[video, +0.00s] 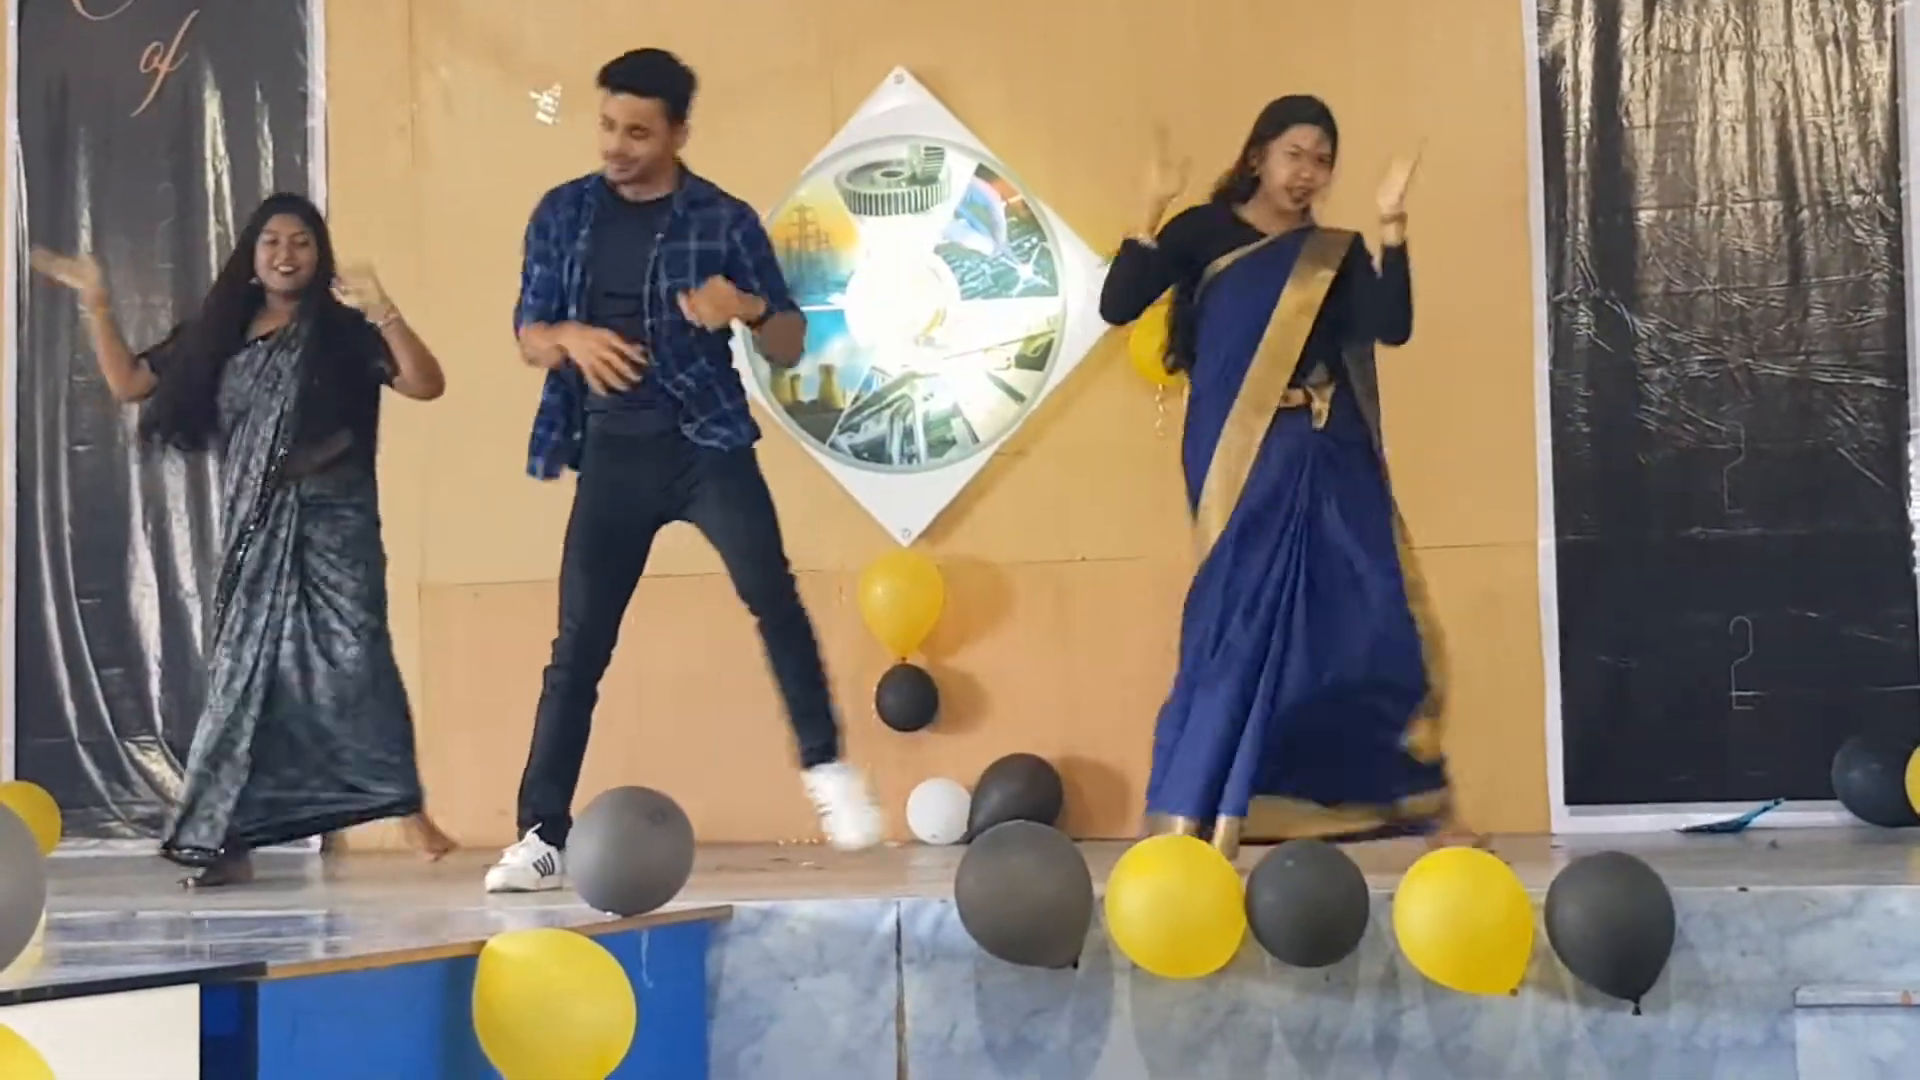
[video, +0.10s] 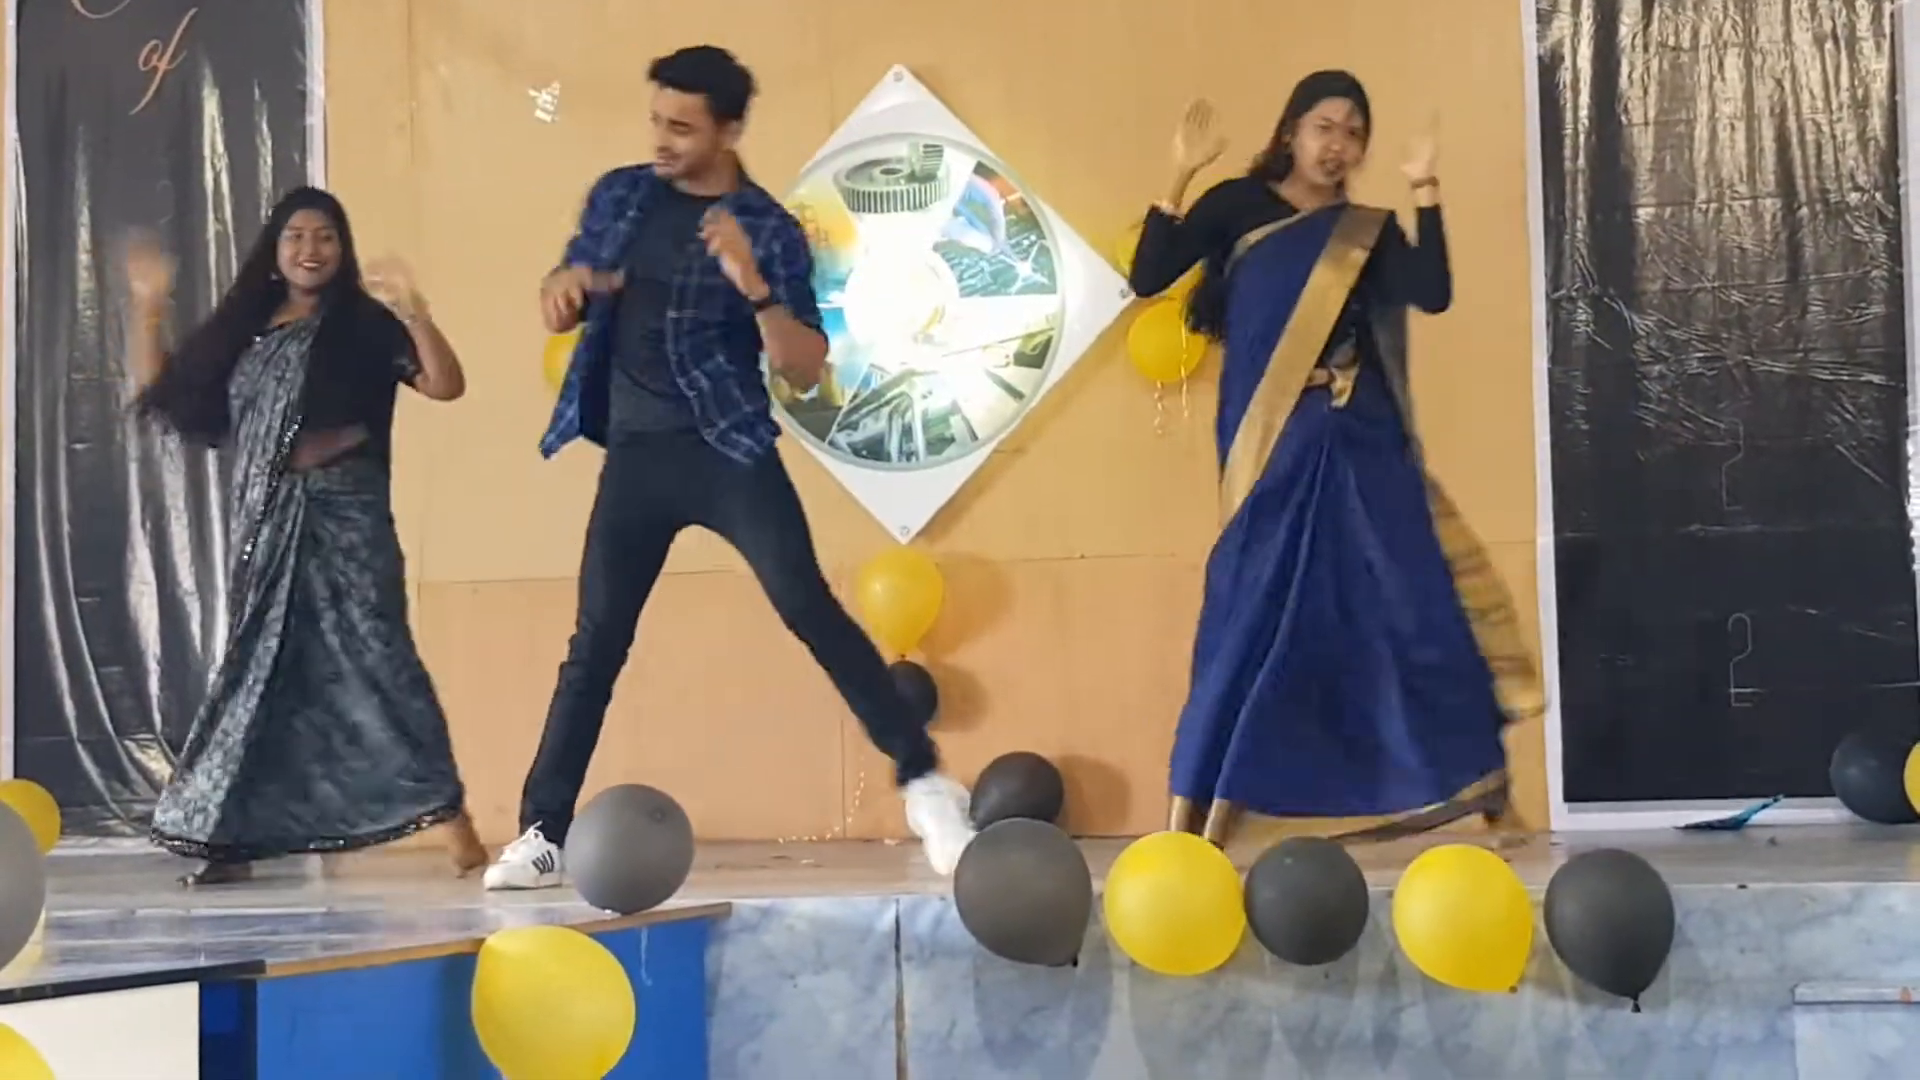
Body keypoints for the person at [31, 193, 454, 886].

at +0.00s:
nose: (284, 254)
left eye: (299, 242)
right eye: (271, 242)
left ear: (321, 256)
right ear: (251, 256)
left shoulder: (347, 331)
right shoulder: (227, 332)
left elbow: (427, 386)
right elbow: (130, 383)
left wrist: (386, 313)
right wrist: (96, 300)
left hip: (336, 518)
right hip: (256, 523)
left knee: (359, 663)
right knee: (240, 673)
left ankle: (412, 809)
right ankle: (226, 843)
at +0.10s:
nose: (311, 248)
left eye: (325, 237)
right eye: (296, 237)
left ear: (343, 250)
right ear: (274, 250)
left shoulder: (364, 323)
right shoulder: (246, 329)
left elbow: (446, 386)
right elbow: (162, 393)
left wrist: (416, 312)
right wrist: (149, 306)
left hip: (348, 516)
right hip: (268, 519)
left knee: (383, 661)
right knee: (256, 668)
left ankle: (452, 814)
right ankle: (229, 839)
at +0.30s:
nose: (373, 255)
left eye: (386, 243)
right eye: (357, 244)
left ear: (405, 256)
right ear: (335, 261)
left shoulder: (425, 330)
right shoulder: (313, 336)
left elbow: (487, 399)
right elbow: (235, 412)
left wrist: (486, 325)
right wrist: (229, 333)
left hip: (401, 513)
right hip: (321, 514)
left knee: (415, 668)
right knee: (284, 661)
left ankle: (462, 833)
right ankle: (235, 839)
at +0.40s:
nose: (396, 245)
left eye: (409, 235)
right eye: (382, 235)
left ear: (428, 251)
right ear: (358, 250)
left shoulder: (451, 325)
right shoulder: (334, 326)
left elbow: (515, 388)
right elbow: (249, 392)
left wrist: (496, 315)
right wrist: (229, 312)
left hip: (424, 509)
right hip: (343, 510)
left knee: (428, 662)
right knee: (297, 655)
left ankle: (459, 831)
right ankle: (267, 821)